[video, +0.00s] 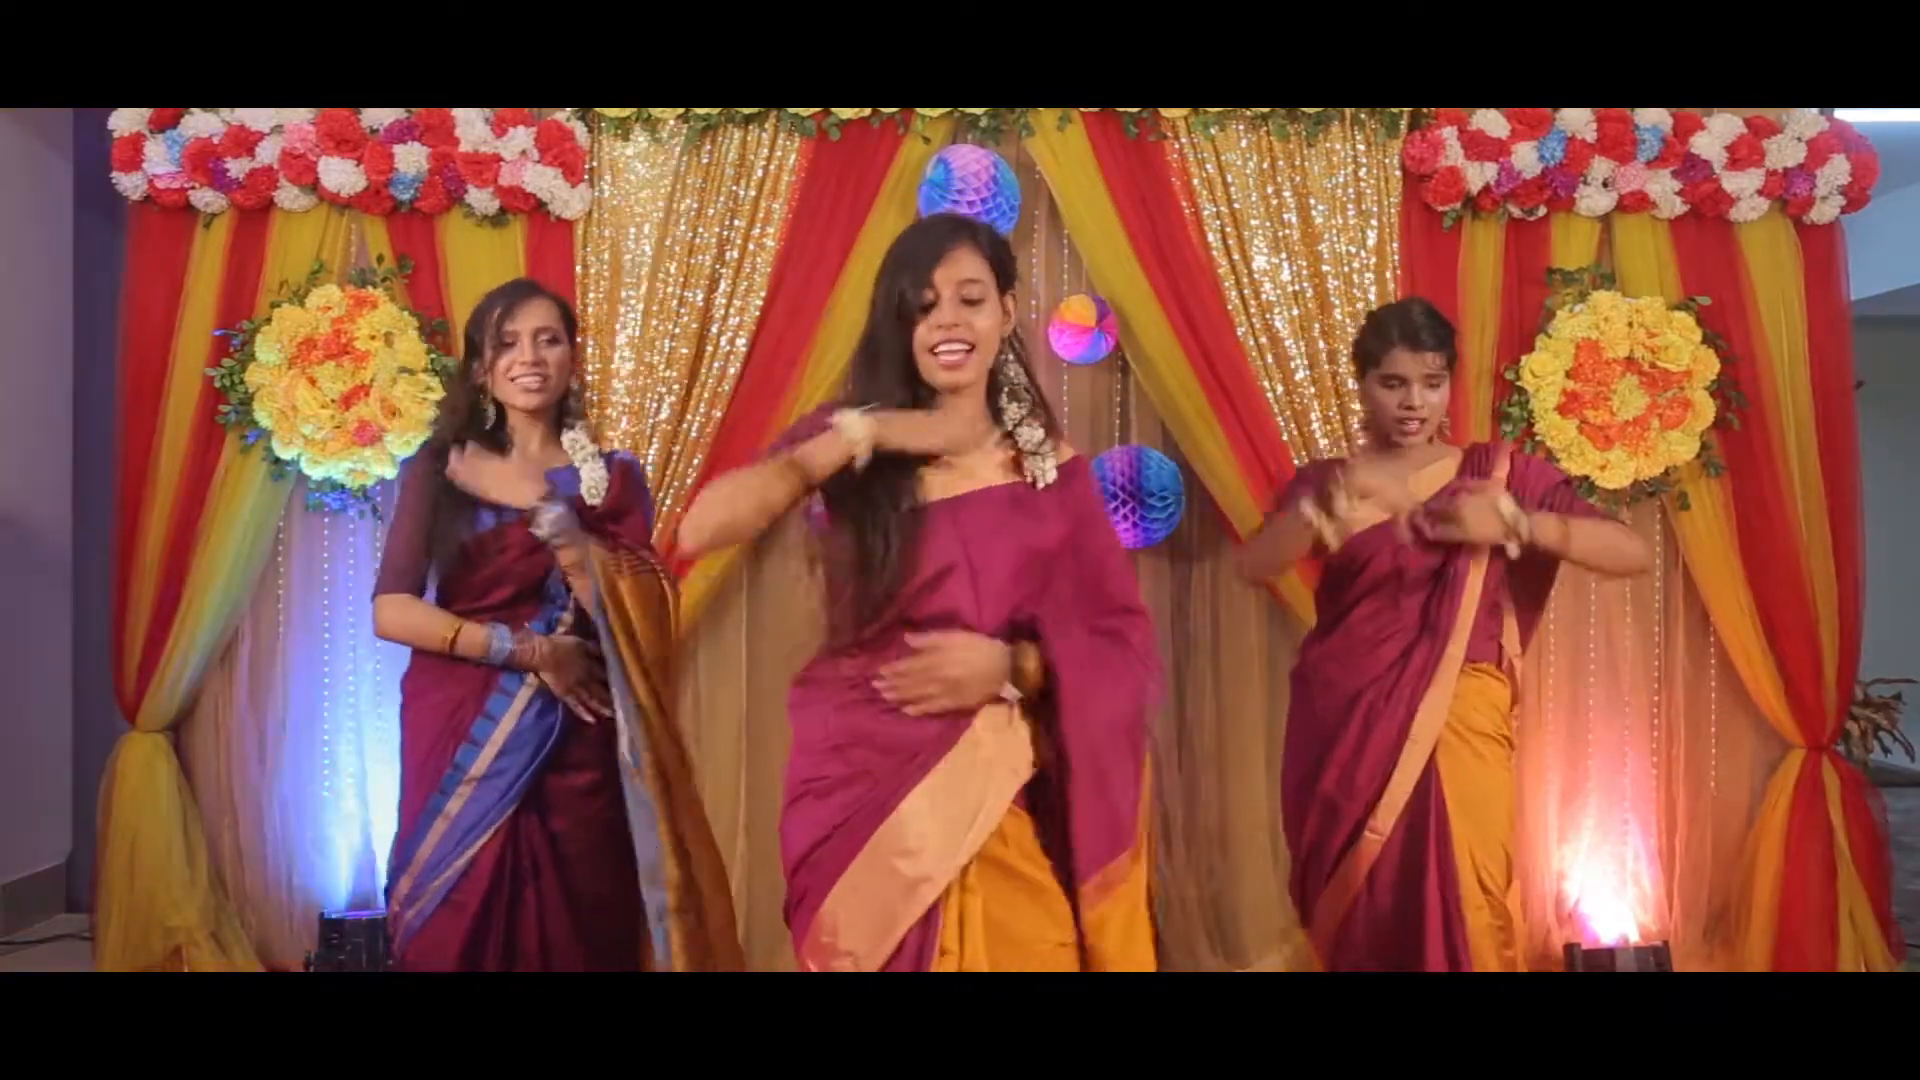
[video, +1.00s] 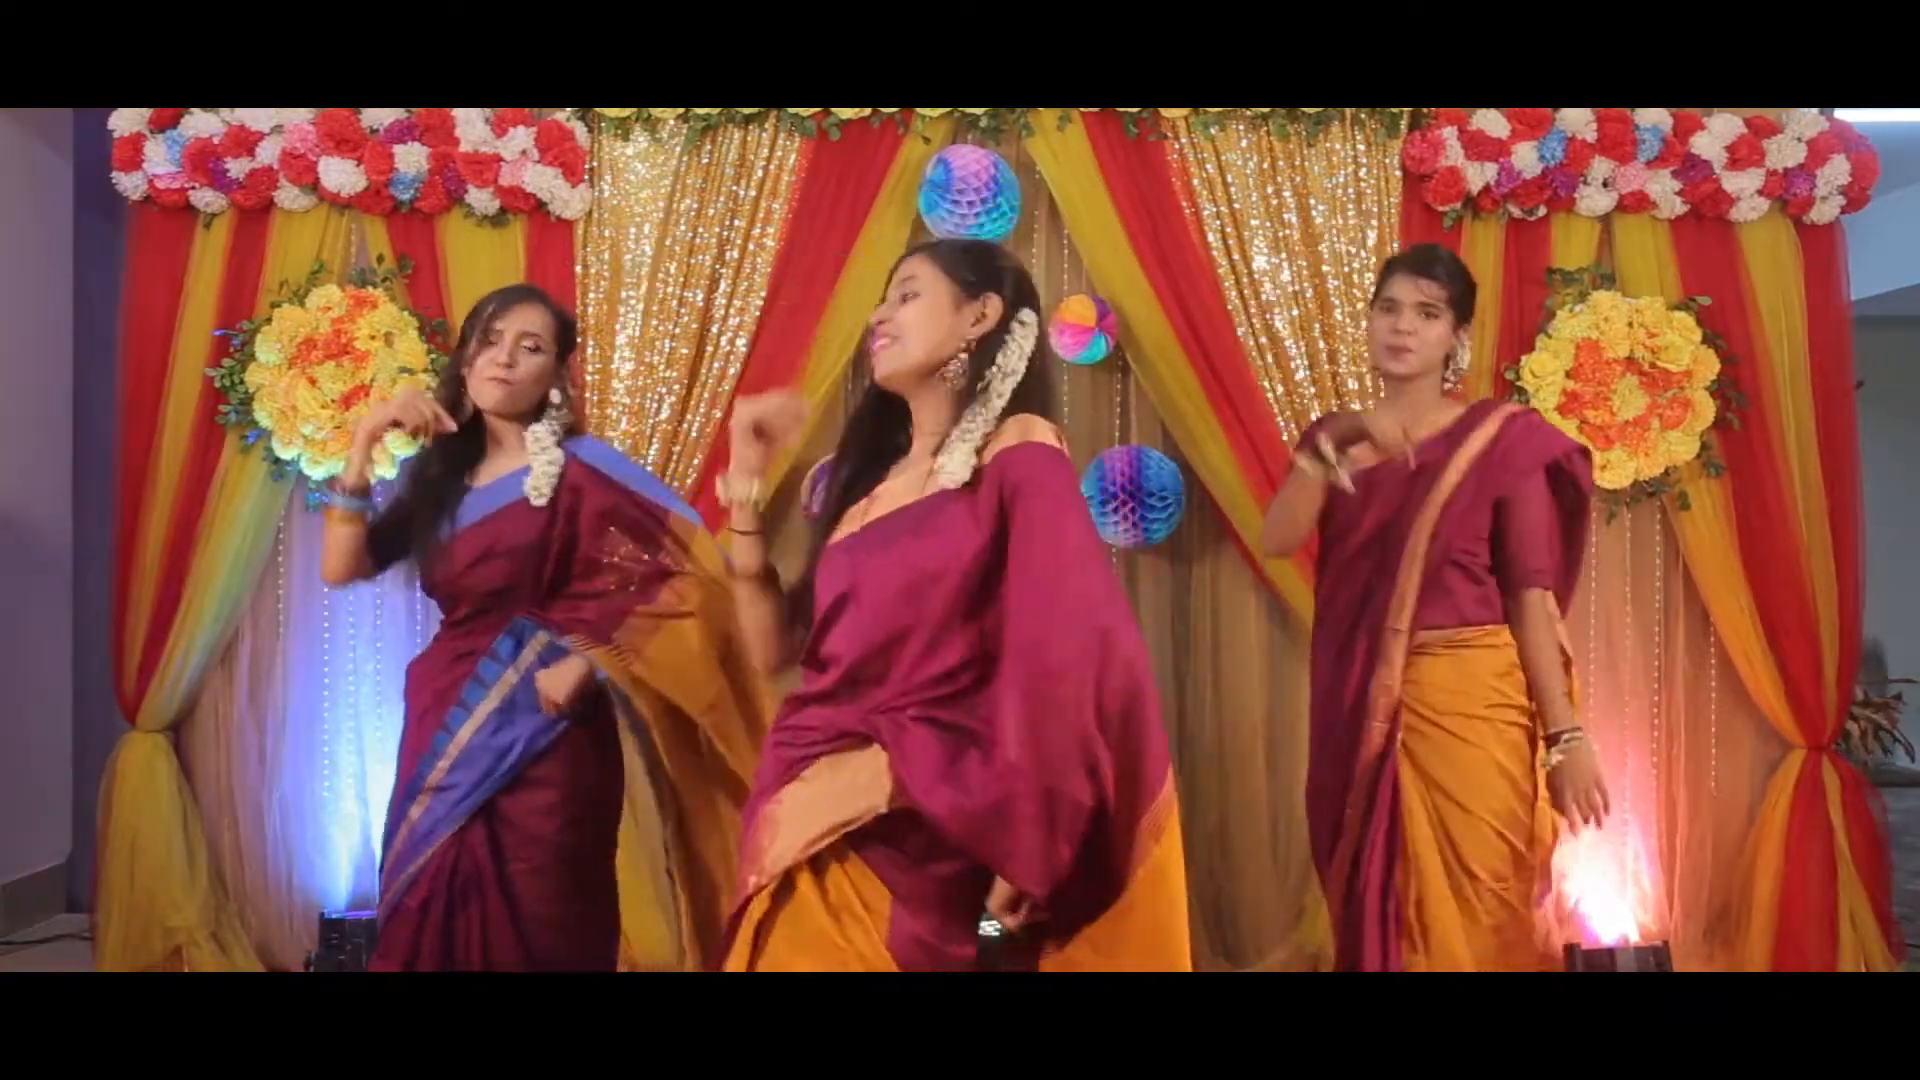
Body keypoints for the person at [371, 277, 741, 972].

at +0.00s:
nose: (530, 357)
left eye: (548, 340)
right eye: (509, 344)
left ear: (574, 362)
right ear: (482, 371)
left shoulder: (614, 474)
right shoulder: (442, 467)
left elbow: (644, 615)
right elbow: (392, 612)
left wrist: (543, 503)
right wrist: (526, 650)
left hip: (580, 741)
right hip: (461, 745)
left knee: (585, 935)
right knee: (465, 930)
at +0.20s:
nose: (522, 362)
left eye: (541, 345)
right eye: (501, 348)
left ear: (569, 361)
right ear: (477, 370)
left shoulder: (619, 472)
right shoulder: (450, 477)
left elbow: (651, 616)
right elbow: (404, 634)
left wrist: (587, 506)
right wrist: (473, 577)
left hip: (567, 728)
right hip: (448, 725)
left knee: (550, 926)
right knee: (437, 923)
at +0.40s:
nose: (517, 373)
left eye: (536, 353)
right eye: (499, 354)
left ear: (568, 360)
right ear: (472, 362)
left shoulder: (608, 459)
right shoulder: (450, 454)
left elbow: (671, 593)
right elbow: (408, 538)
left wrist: (620, 554)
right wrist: (462, 412)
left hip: (576, 701)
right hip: (461, 696)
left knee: (567, 905)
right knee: (451, 896)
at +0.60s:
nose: (510, 380)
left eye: (531, 363)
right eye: (494, 363)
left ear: (566, 376)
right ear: (470, 377)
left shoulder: (607, 484)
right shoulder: (445, 475)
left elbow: (695, 597)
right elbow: (403, 523)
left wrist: (640, 617)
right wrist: (461, 391)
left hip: (588, 741)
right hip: (470, 743)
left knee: (599, 934)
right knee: (472, 932)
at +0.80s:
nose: (512, 354)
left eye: (533, 337)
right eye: (494, 336)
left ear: (564, 359)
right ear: (468, 350)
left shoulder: (605, 460)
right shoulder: (447, 459)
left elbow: (715, 552)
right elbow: (394, 532)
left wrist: (633, 619)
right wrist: (446, 399)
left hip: (574, 709)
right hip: (457, 710)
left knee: (585, 921)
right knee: (455, 918)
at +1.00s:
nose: (504, 356)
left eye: (530, 345)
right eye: (489, 339)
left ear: (558, 376)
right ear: (464, 363)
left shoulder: (581, 470)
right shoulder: (442, 474)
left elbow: (685, 586)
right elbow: (343, 566)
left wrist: (583, 665)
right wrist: (364, 444)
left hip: (549, 716)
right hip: (442, 718)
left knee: (544, 931)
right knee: (427, 922)